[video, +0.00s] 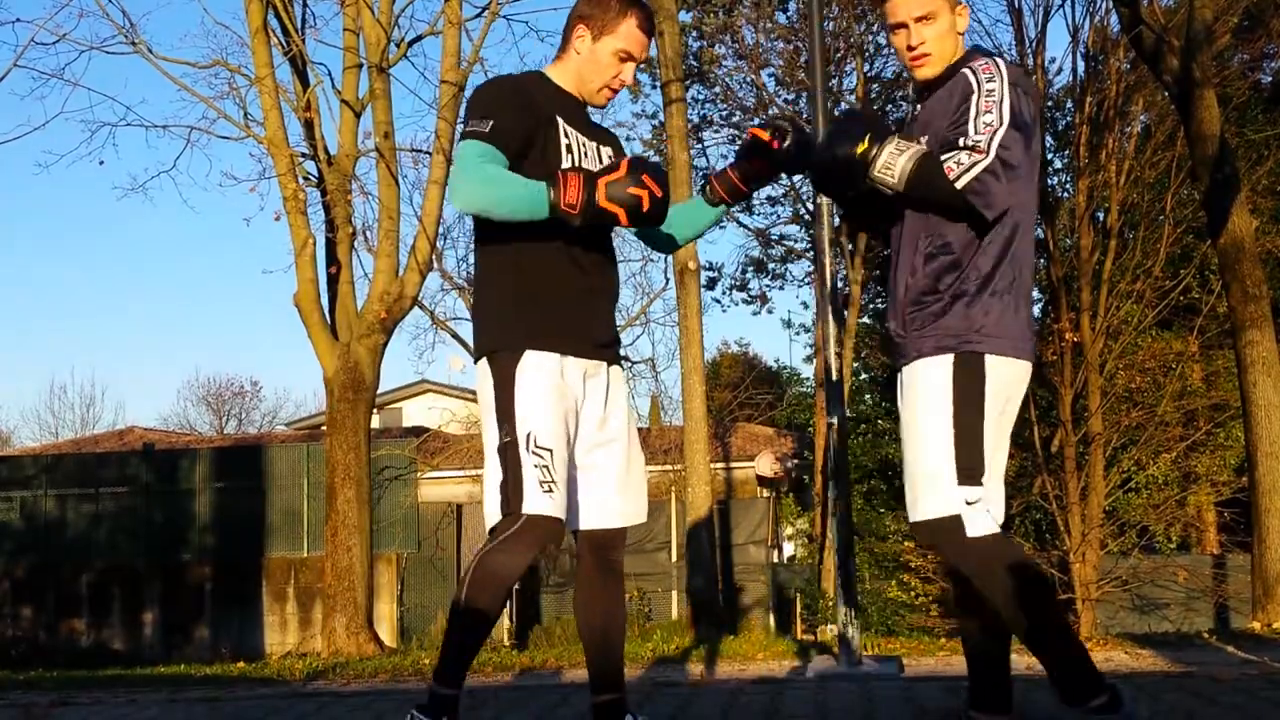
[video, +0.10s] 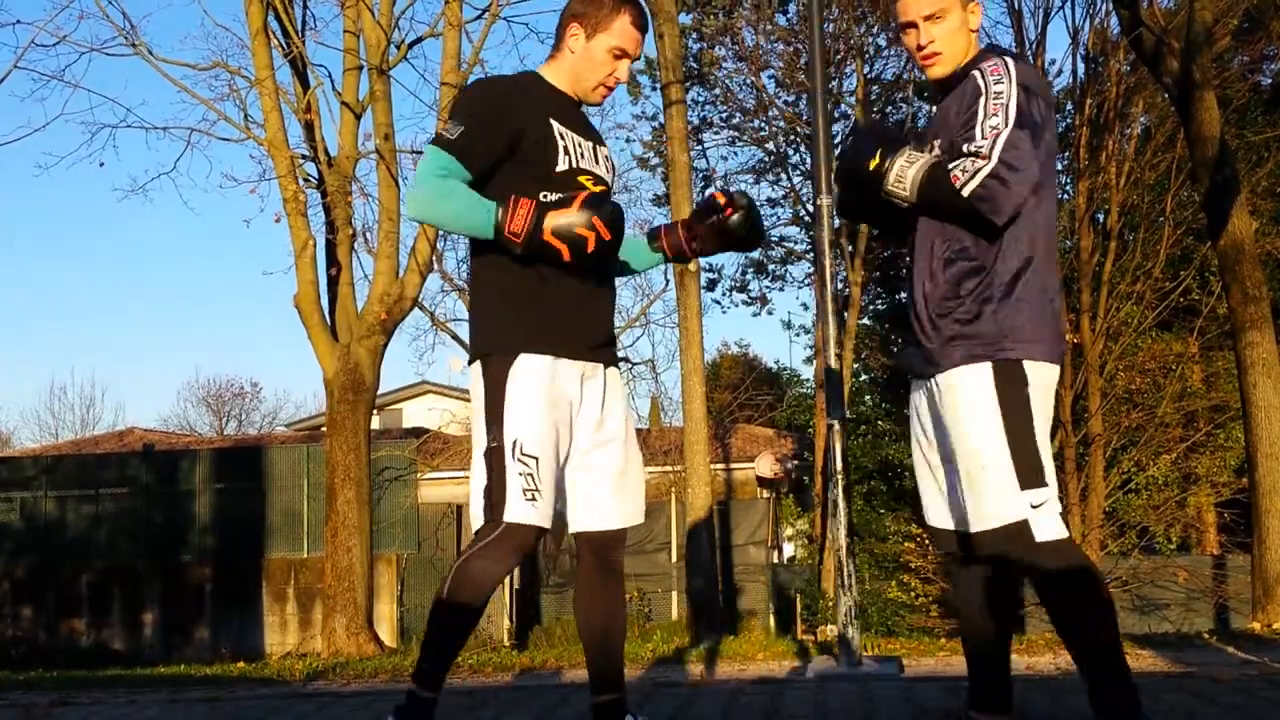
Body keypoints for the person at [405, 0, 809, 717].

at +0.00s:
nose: (630, 78)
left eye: (638, 66)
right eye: (625, 60)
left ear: (604, 46)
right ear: (584, 36)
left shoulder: (605, 144)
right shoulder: (508, 96)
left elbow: (664, 231)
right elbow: (468, 186)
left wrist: (733, 182)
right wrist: (572, 196)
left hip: (598, 354)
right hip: (525, 347)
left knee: (605, 533)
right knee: (530, 522)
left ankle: (610, 713)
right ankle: (440, 701)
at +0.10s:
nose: (623, 75)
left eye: (631, 63)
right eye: (618, 56)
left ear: (591, 42)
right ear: (575, 34)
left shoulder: (591, 140)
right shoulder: (497, 99)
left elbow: (598, 251)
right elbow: (426, 194)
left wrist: (682, 237)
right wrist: (529, 223)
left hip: (595, 357)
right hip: (520, 352)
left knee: (602, 534)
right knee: (514, 527)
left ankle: (610, 711)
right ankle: (418, 705)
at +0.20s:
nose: (613, 73)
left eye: (620, 60)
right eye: (608, 54)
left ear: (582, 45)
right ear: (563, 35)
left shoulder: (576, 134)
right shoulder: (482, 99)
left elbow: (558, 253)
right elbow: (403, 205)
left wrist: (626, 298)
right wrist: (500, 237)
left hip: (582, 360)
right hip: (509, 355)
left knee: (610, 532)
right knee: (492, 533)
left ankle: (610, 711)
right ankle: (416, 707)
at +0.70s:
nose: (607, 60)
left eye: (614, 48)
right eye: (597, 40)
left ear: (602, 50)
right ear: (548, 30)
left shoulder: (591, 143)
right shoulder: (478, 104)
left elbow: (646, 252)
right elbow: (467, 216)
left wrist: (723, 222)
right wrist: (575, 191)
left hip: (597, 360)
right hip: (510, 359)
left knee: (645, 531)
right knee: (481, 539)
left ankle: (692, 705)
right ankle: (415, 708)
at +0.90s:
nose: (673, 58)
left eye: (678, 44)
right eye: (664, 39)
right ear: (617, 29)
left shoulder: (657, 138)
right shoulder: (534, 104)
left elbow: (724, 229)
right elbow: (486, 222)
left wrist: (815, 188)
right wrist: (596, 218)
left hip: (651, 357)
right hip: (565, 354)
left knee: (682, 530)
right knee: (538, 527)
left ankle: (700, 710)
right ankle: (442, 701)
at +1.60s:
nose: (659, 50)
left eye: (663, 34)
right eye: (651, 31)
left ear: (613, 30)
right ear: (603, 25)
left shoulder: (638, 134)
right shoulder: (522, 107)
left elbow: (639, 257)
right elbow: (502, 225)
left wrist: (720, 243)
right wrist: (607, 189)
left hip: (637, 359)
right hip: (553, 358)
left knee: (687, 523)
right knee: (526, 531)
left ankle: (700, 710)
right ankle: (459, 707)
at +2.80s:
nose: (586, 67)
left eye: (589, 55)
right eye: (576, 51)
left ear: (570, 63)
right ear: (540, 52)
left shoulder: (577, 161)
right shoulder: (474, 124)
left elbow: (595, 277)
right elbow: (547, 193)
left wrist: (667, 245)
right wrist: (581, 101)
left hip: (561, 376)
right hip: (478, 371)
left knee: (618, 529)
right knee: (429, 539)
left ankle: (620, 707)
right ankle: (337, 700)